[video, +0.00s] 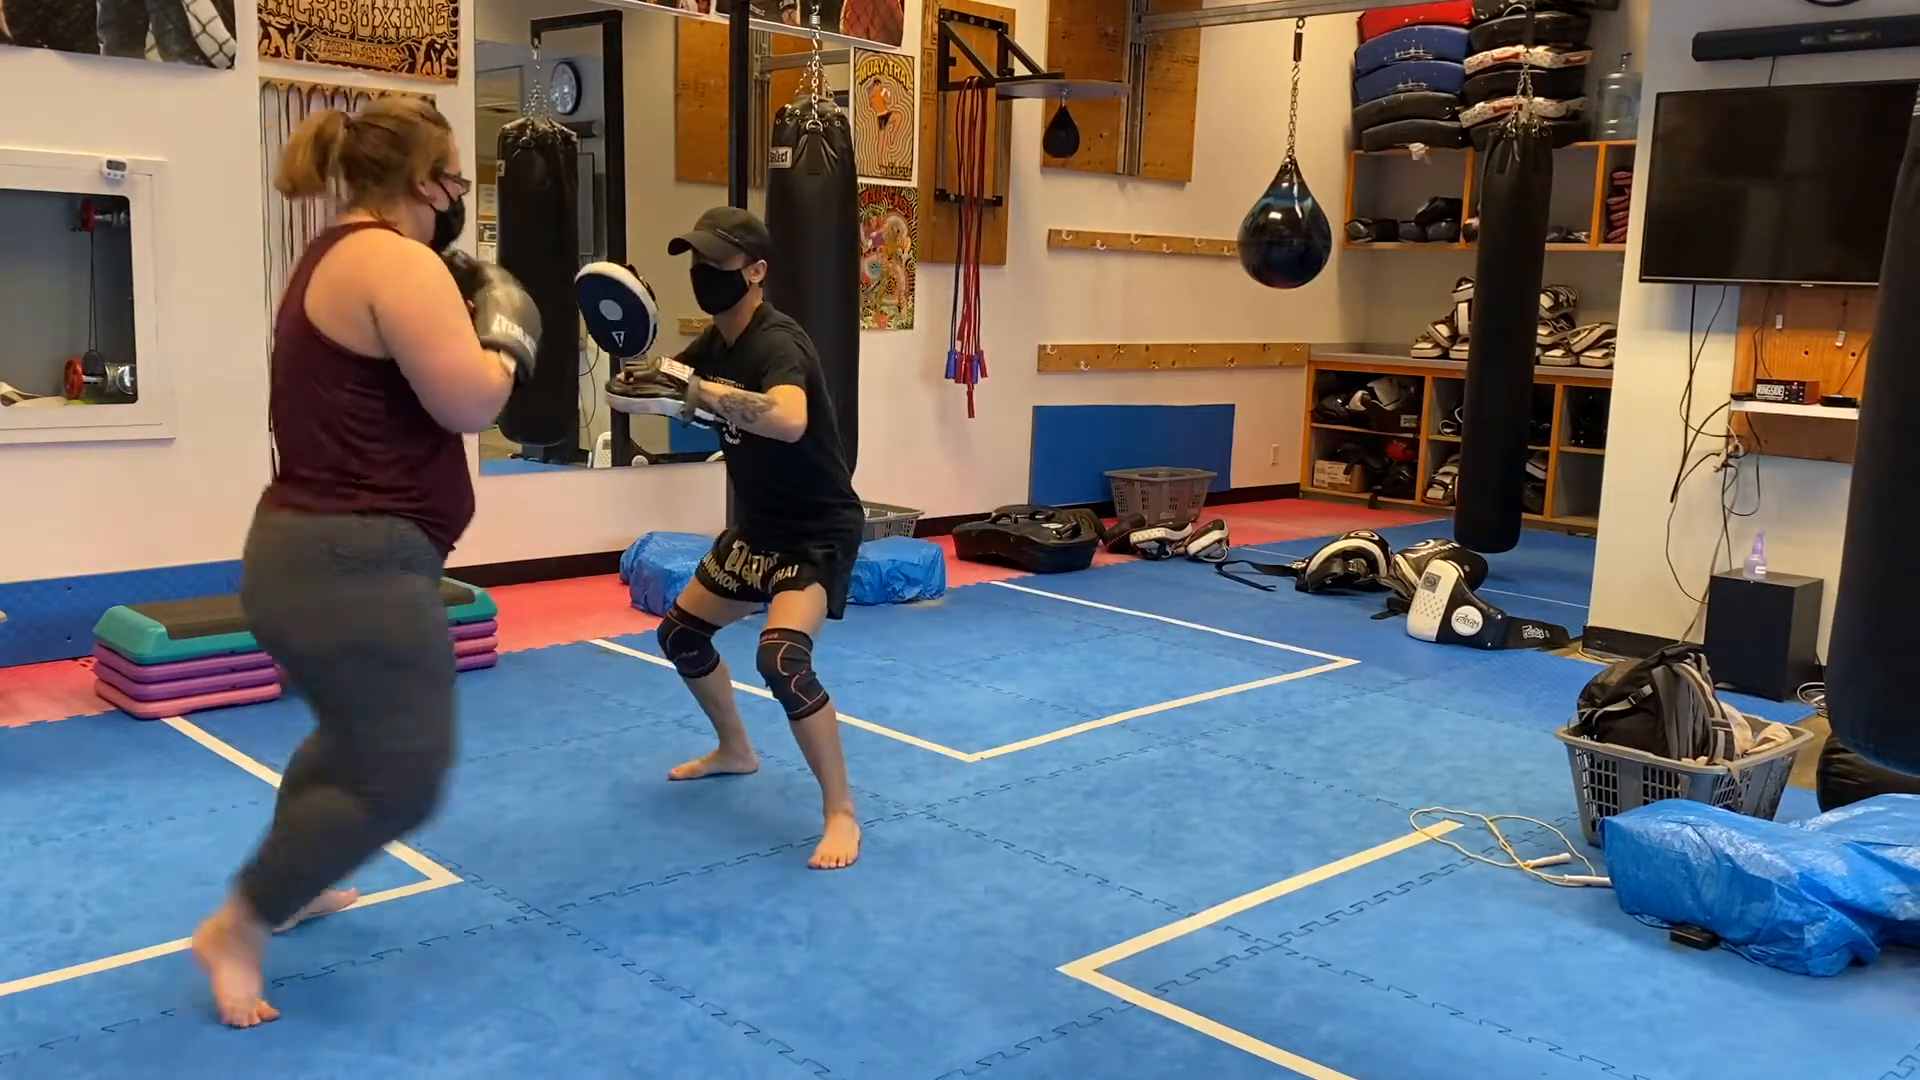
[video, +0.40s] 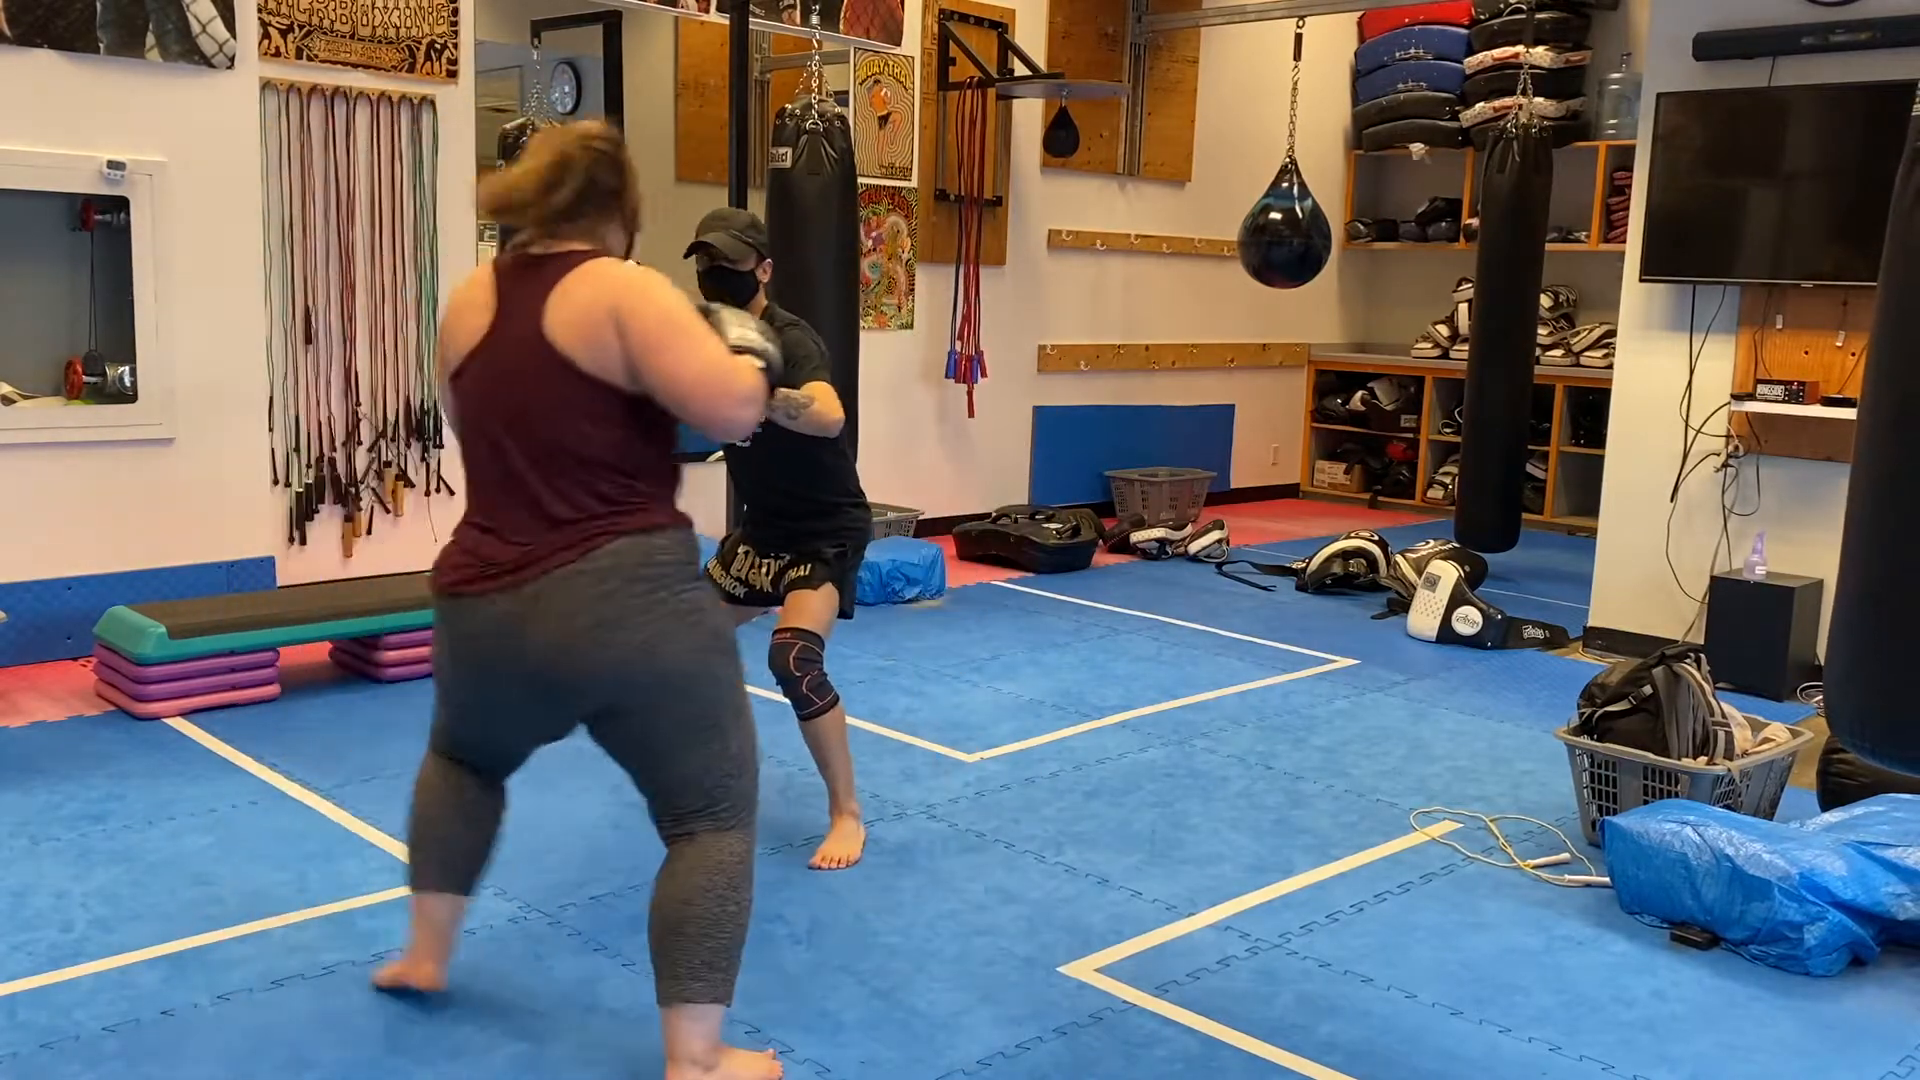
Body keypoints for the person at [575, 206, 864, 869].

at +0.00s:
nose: (699, 277)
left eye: (713, 267)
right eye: (697, 265)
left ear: (754, 270)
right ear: (696, 265)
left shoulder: (780, 342)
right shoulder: (715, 338)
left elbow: (790, 421)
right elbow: (661, 384)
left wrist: (695, 391)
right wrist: (632, 372)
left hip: (820, 528)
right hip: (756, 524)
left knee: (783, 657)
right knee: (681, 635)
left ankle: (840, 813)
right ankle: (735, 749)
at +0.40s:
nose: (714, 283)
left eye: (727, 271)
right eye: (706, 271)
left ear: (762, 272)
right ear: (694, 272)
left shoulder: (794, 339)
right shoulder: (702, 337)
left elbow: (829, 415)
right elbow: (697, 423)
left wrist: (753, 392)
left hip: (827, 525)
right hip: (757, 524)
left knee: (794, 656)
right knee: (683, 642)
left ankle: (846, 815)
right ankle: (690, 796)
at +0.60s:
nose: (744, 274)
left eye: (757, 260)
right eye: (736, 260)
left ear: (791, 260)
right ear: (723, 258)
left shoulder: (825, 331)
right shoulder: (713, 329)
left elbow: (903, 424)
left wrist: (838, 393)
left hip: (828, 524)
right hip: (743, 525)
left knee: (809, 659)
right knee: (721, 662)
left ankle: (847, 815)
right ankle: (714, 813)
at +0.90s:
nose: (788, 280)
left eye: (805, 270)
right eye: (780, 265)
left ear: (834, 268)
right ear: (765, 258)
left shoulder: (863, 341)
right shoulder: (739, 318)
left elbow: (913, 452)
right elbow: (684, 392)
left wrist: (878, 398)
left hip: (816, 519)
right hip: (733, 515)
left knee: (828, 663)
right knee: (706, 642)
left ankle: (854, 813)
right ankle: (683, 739)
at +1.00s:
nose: (761, 271)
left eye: (777, 261)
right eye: (754, 257)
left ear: (811, 264)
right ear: (740, 253)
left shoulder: (840, 339)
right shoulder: (720, 317)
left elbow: (889, 454)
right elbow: (675, 395)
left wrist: (843, 399)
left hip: (805, 518)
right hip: (718, 511)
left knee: (815, 666)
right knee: (656, 624)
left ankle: (851, 812)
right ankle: (635, 741)